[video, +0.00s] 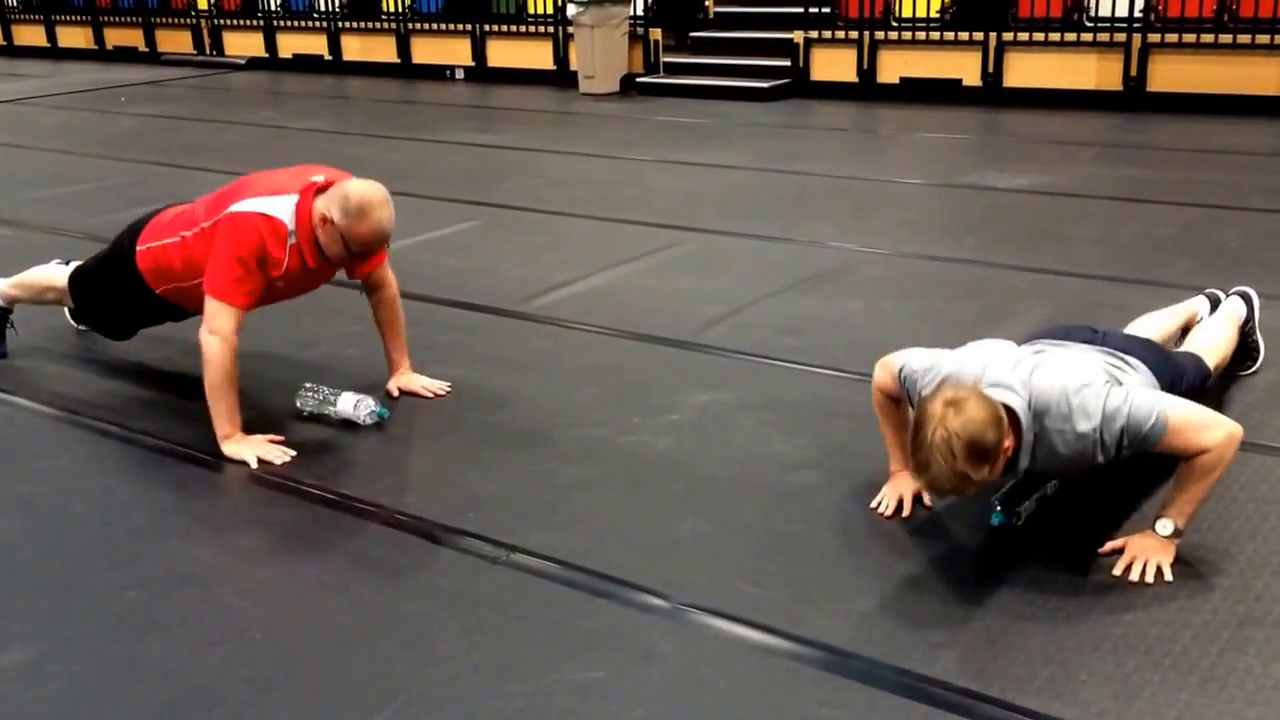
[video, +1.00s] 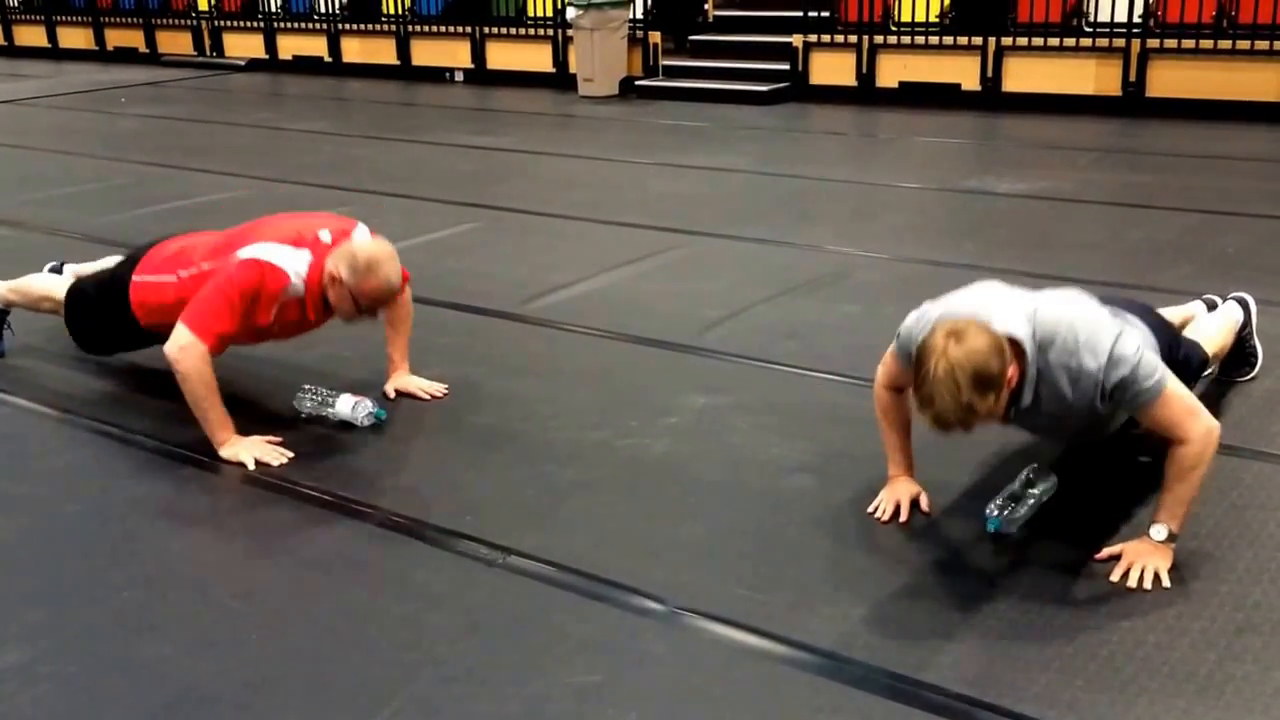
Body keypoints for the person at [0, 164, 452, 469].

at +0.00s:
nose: (356, 267)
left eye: (369, 257)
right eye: (349, 254)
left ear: (380, 226)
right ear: (323, 220)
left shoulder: (358, 209)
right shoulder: (253, 233)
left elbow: (379, 283)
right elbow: (217, 334)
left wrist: (401, 368)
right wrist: (231, 436)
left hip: (198, 271)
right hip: (149, 265)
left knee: (124, 300)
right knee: (79, 287)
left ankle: (82, 302)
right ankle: (5, 290)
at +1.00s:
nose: (363, 315)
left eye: (375, 306)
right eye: (358, 305)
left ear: (390, 282)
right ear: (333, 279)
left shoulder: (368, 250)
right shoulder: (258, 274)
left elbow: (400, 294)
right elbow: (185, 352)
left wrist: (401, 369)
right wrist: (228, 440)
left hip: (193, 259)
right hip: (142, 290)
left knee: (121, 272)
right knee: (69, 298)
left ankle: (73, 272)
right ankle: (5, 292)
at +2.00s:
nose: (361, 369)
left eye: (371, 364)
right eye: (357, 362)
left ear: (395, 321)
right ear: (336, 331)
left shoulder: (380, 290)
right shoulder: (265, 317)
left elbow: (407, 297)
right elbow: (171, 365)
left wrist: (397, 373)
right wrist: (224, 448)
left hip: (204, 285)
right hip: (148, 320)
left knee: (139, 290)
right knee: (71, 319)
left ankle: (69, 279)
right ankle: (7, 299)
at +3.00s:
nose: (371, 393)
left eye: (380, 387)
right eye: (365, 386)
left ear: (401, 336)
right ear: (342, 357)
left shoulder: (385, 306)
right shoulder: (265, 338)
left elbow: (400, 305)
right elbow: (167, 376)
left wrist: (392, 385)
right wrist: (221, 457)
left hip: (212, 304)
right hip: (151, 335)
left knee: (140, 306)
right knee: (71, 335)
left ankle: (65, 288)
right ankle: (6, 306)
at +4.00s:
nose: (364, 409)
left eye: (378, 405)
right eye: (360, 402)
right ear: (342, 369)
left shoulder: (392, 315)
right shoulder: (270, 347)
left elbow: (405, 312)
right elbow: (170, 379)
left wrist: (390, 393)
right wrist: (223, 459)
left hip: (221, 312)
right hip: (158, 342)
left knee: (141, 315)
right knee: (72, 341)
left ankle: (67, 291)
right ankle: (5, 307)